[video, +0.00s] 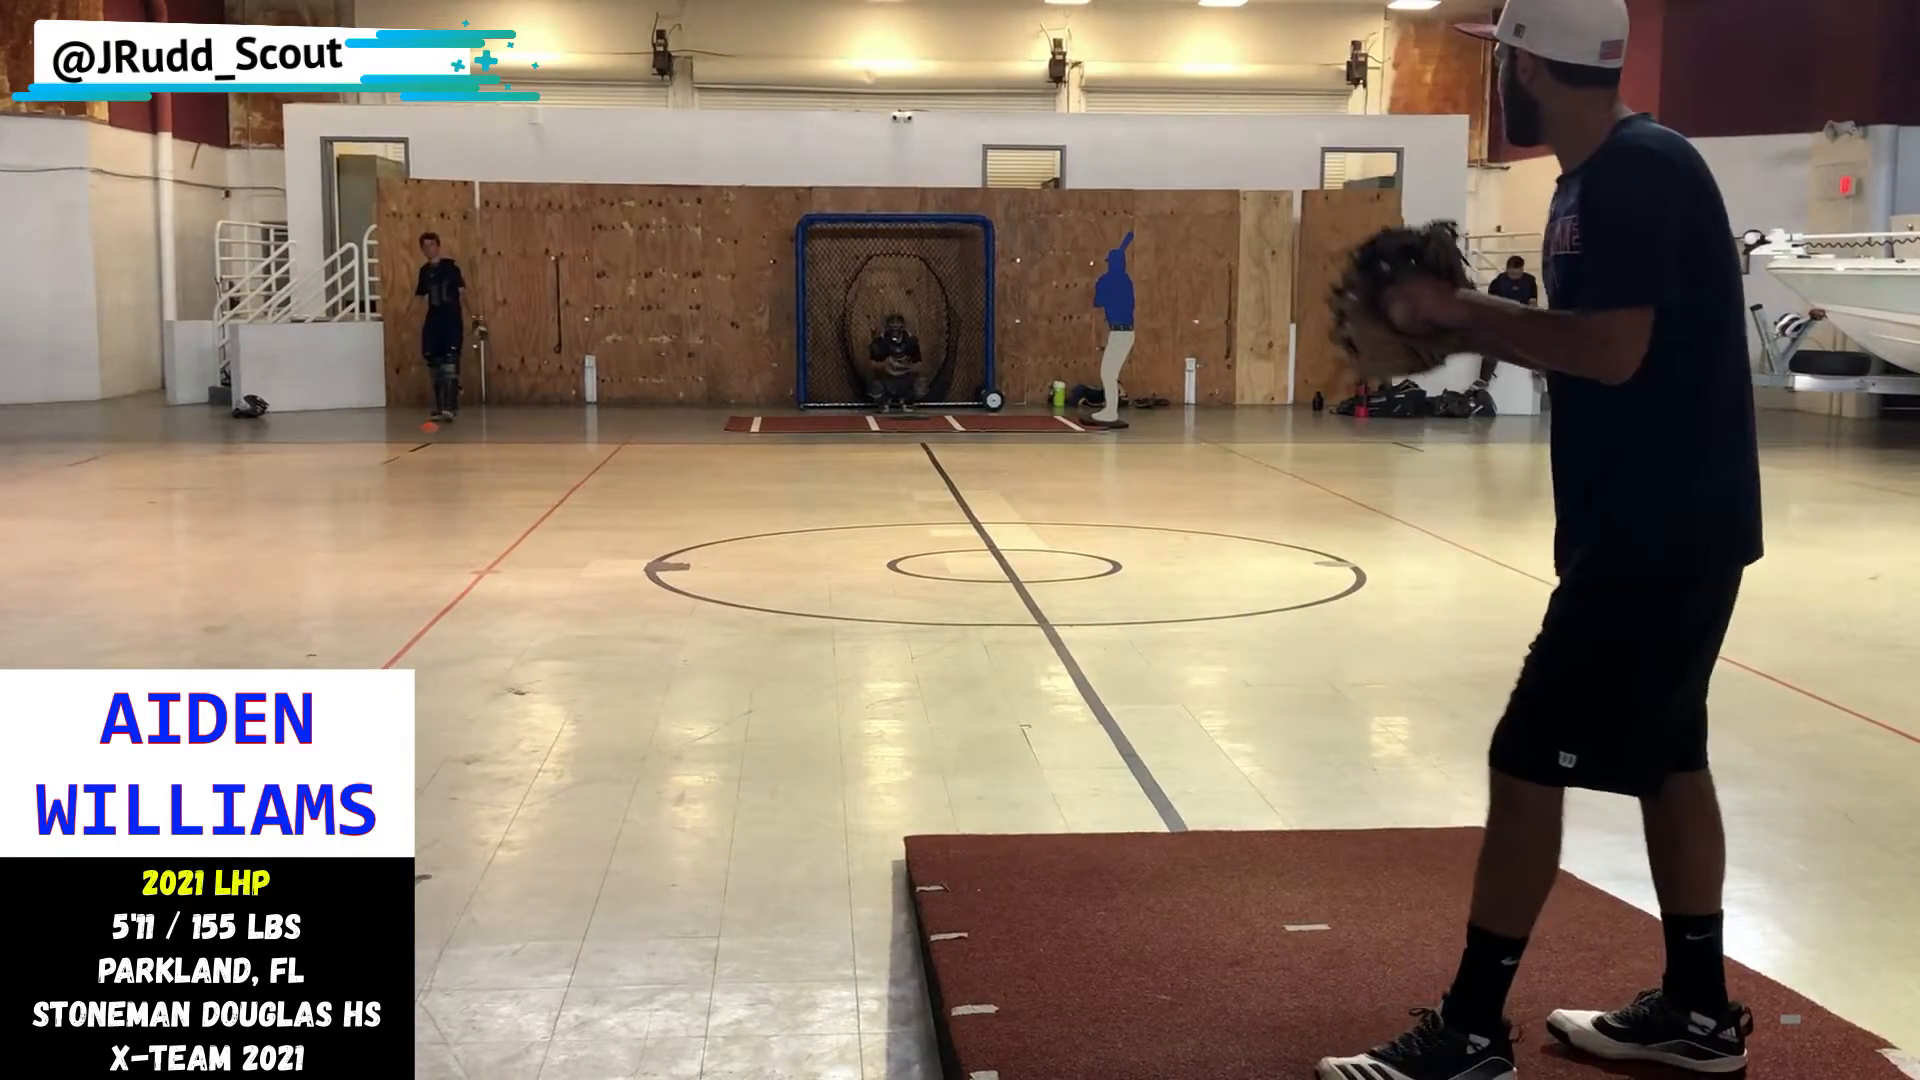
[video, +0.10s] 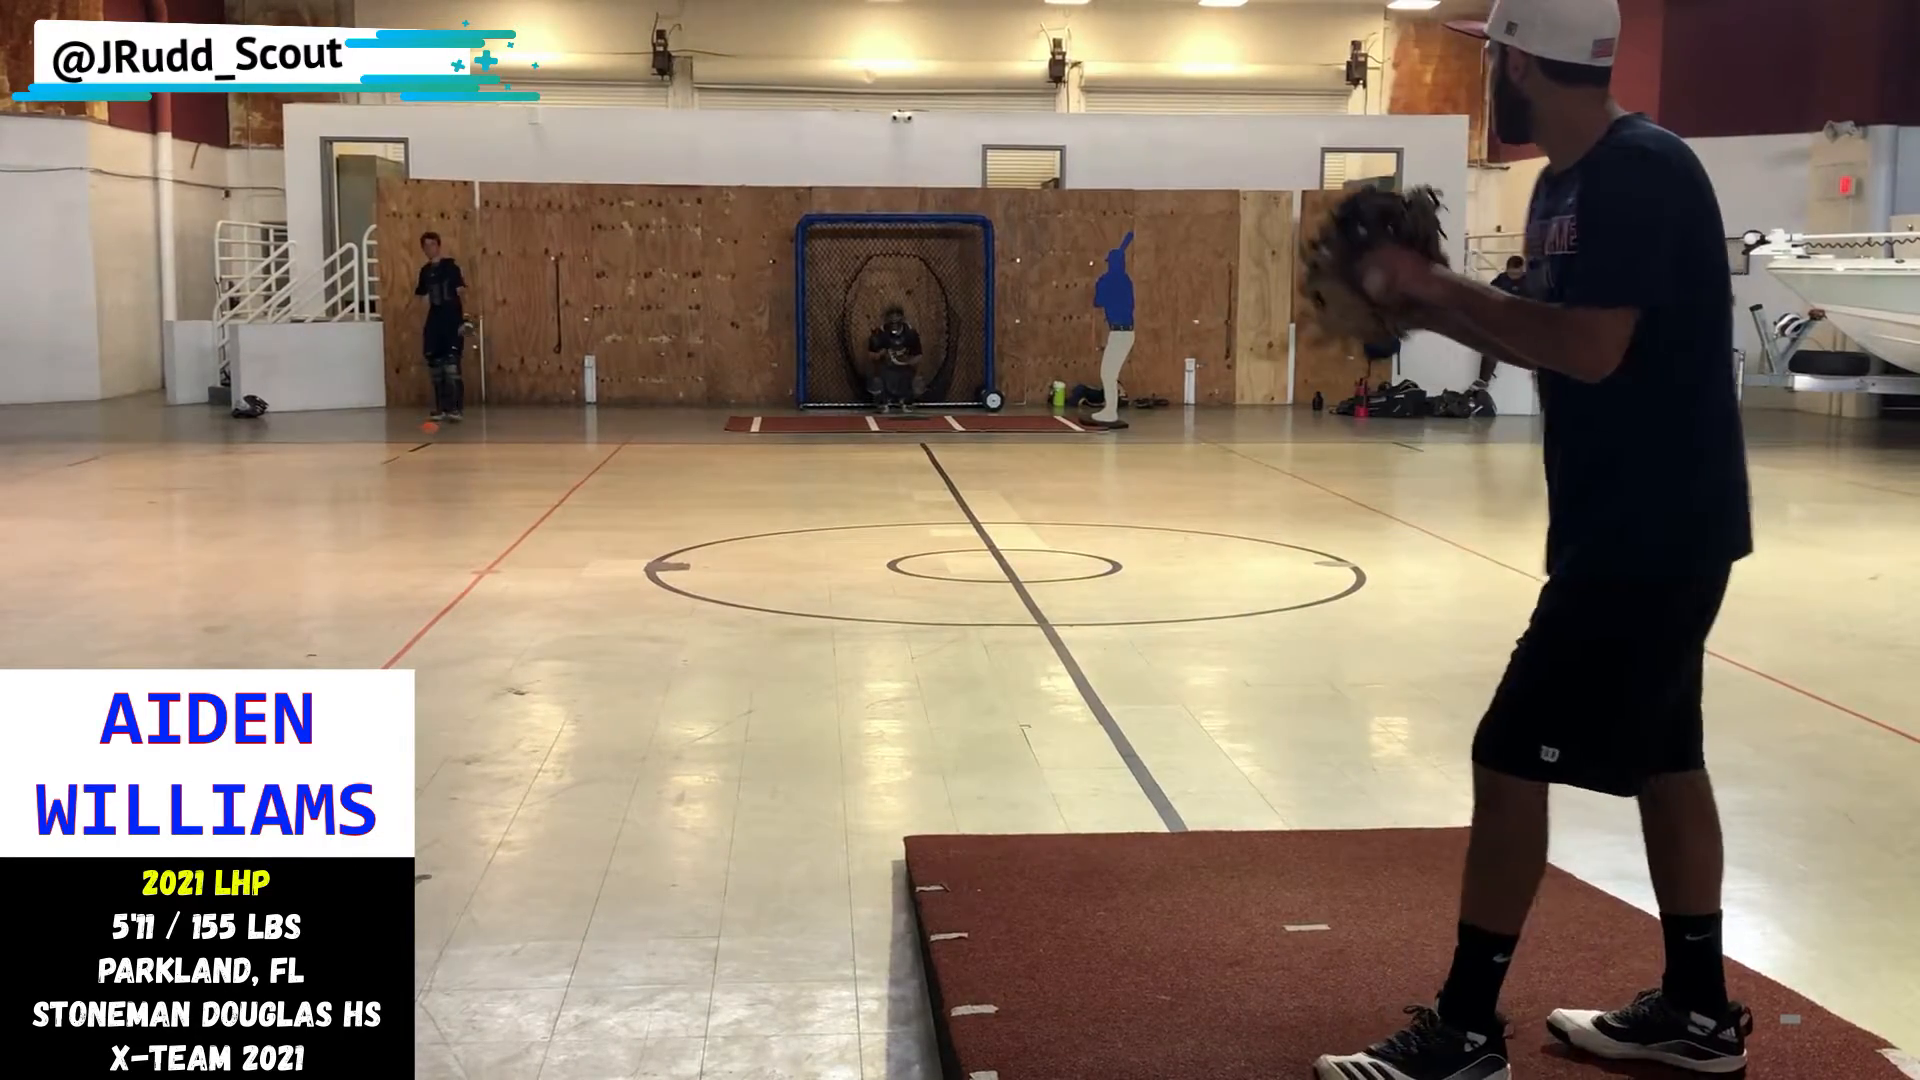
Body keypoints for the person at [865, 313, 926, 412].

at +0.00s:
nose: (895, 330)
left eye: (898, 326)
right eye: (893, 326)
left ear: (903, 326)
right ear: (888, 326)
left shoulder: (911, 340)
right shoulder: (880, 341)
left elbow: (918, 364)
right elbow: (873, 363)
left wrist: (905, 369)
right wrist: (885, 365)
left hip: (906, 376)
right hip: (887, 376)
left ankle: (907, 402)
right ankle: (883, 404)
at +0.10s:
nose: (895, 321)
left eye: (898, 317)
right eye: (891, 318)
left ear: (902, 318)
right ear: (886, 319)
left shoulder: (911, 334)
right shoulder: (879, 334)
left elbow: (918, 356)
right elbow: (871, 355)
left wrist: (906, 361)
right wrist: (880, 354)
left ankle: (904, 400)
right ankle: (886, 400)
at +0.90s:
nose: (897, 341)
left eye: (900, 338)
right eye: (894, 338)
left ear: (904, 339)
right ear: (889, 338)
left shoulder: (911, 353)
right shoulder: (880, 352)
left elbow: (922, 370)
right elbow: (875, 369)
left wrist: (910, 379)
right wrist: (886, 374)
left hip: (906, 386)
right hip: (886, 386)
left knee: (921, 385)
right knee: (866, 381)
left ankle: (922, 406)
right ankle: (871, 406)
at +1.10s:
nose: (896, 341)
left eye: (900, 338)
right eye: (894, 337)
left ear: (904, 338)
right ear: (888, 337)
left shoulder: (910, 352)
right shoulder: (879, 352)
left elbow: (919, 368)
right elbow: (873, 370)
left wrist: (914, 380)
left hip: (906, 383)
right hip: (886, 383)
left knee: (920, 386)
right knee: (866, 382)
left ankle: (922, 406)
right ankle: (870, 406)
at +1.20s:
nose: (896, 340)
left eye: (899, 337)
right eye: (893, 337)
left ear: (904, 338)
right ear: (888, 337)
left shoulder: (910, 353)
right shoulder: (878, 352)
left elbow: (919, 368)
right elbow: (873, 370)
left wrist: (915, 380)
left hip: (906, 386)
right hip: (885, 387)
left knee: (920, 386)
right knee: (866, 382)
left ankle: (922, 406)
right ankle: (870, 406)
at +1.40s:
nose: (894, 337)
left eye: (898, 334)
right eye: (891, 334)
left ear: (902, 337)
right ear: (887, 337)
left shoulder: (908, 352)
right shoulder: (878, 352)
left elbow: (919, 370)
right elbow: (871, 370)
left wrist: (914, 383)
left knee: (919, 385)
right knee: (866, 380)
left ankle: (921, 406)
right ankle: (869, 406)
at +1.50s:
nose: (895, 337)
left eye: (898, 335)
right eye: (892, 334)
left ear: (903, 337)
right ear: (888, 336)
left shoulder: (908, 352)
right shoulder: (879, 352)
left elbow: (920, 371)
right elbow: (872, 370)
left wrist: (915, 386)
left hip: (905, 379)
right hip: (885, 380)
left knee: (919, 387)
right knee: (866, 381)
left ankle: (921, 406)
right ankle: (870, 406)